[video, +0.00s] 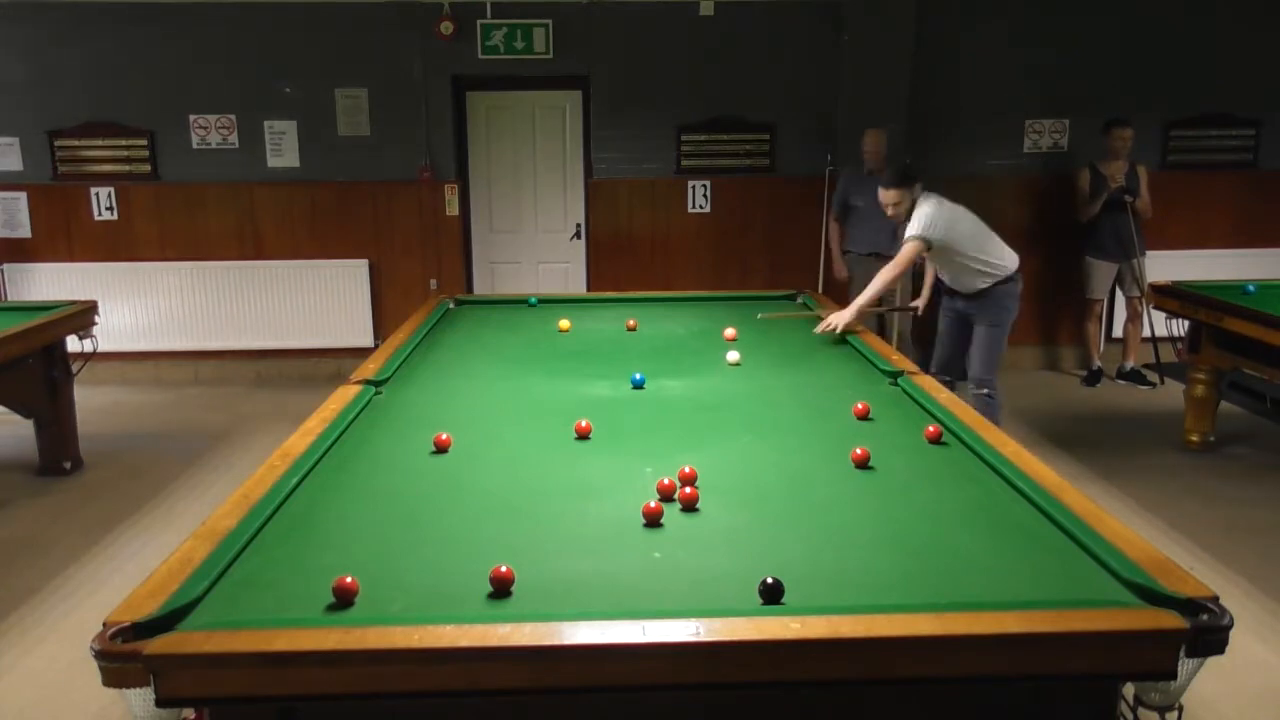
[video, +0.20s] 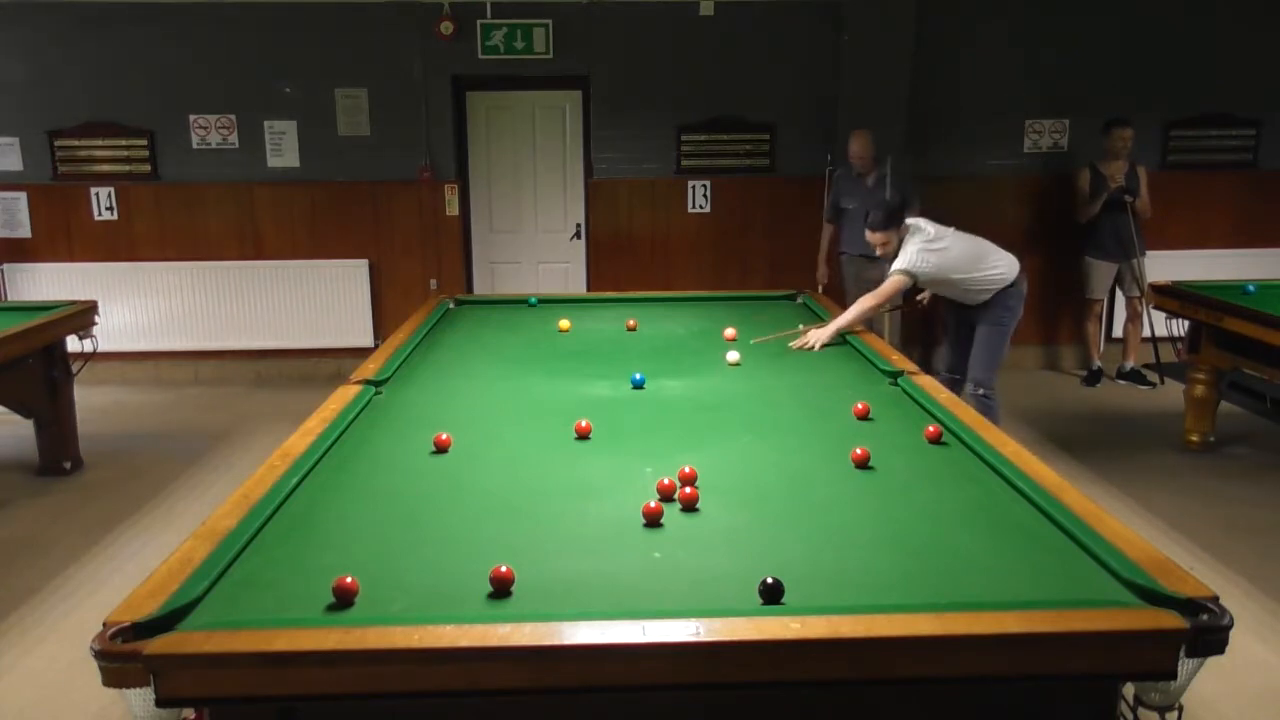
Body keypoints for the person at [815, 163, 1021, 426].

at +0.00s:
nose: (890, 212)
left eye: (896, 205)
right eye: (884, 206)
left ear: (914, 194)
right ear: (879, 199)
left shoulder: (928, 212)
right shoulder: (917, 210)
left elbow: (897, 268)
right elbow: (932, 252)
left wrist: (851, 310)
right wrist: (925, 294)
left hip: (995, 287)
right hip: (955, 288)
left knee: (980, 381)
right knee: (941, 372)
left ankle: (986, 458)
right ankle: (937, 446)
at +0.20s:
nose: (878, 252)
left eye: (883, 245)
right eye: (873, 245)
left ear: (901, 233)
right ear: (868, 235)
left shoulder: (915, 255)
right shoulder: (909, 225)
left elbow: (876, 300)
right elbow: (942, 246)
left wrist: (829, 329)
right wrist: (934, 286)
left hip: (1002, 288)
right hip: (962, 292)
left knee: (979, 385)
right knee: (951, 373)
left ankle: (988, 458)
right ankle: (943, 443)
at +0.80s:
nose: (862, 295)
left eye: (866, 288)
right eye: (856, 289)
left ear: (882, 274)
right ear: (849, 277)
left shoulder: (898, 291)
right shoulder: (892, 247)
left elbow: (865, 320)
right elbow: (922, 222)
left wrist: (812, 340)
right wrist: (926, 260)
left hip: (995, 285)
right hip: (972, 269)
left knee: (969, 383)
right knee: (952, 373)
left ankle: (982, 450)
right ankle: (959, 443)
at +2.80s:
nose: (858, 298)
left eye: (863, 289)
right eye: (853, 291)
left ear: (880, 275)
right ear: (845, 280)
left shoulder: (896, 292)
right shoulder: (885, 250)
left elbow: (867, 320)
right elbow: (917, 223)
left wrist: (812, 340)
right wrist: (926, 256)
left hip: (990, 284)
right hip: (960, 277)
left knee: (967, 382)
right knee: (947, 373)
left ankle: (983, 449)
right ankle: (952, 440)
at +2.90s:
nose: (858, 298)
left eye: (862, 289)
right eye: (852, 291)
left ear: (880, 276)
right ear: (845, 280)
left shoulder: (896, 292)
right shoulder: (884, 250)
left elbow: (866, 320)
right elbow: (916, 223)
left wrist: (812, 340)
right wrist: (926, 256)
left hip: (989, 284)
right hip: (960, 276)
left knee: (967, 382)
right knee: (947, 373)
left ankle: (983, 449)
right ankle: (953, 441)